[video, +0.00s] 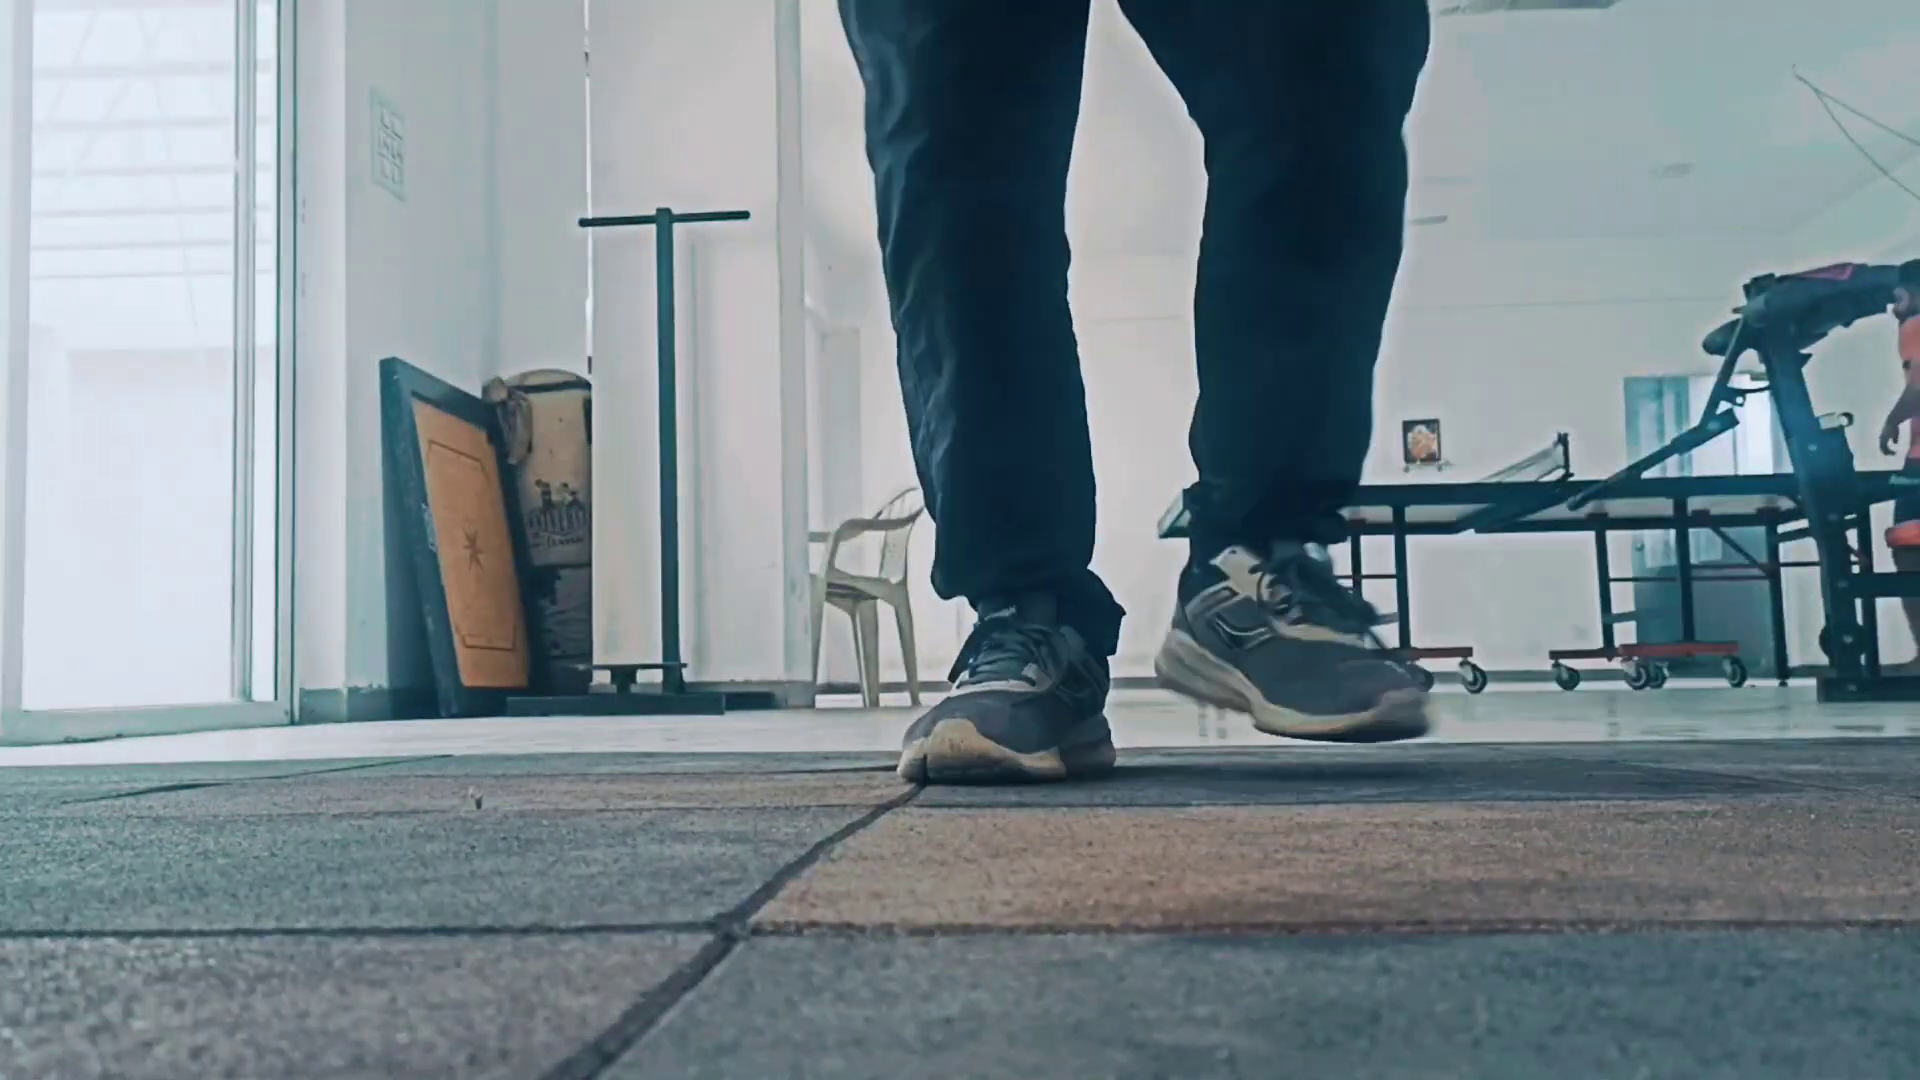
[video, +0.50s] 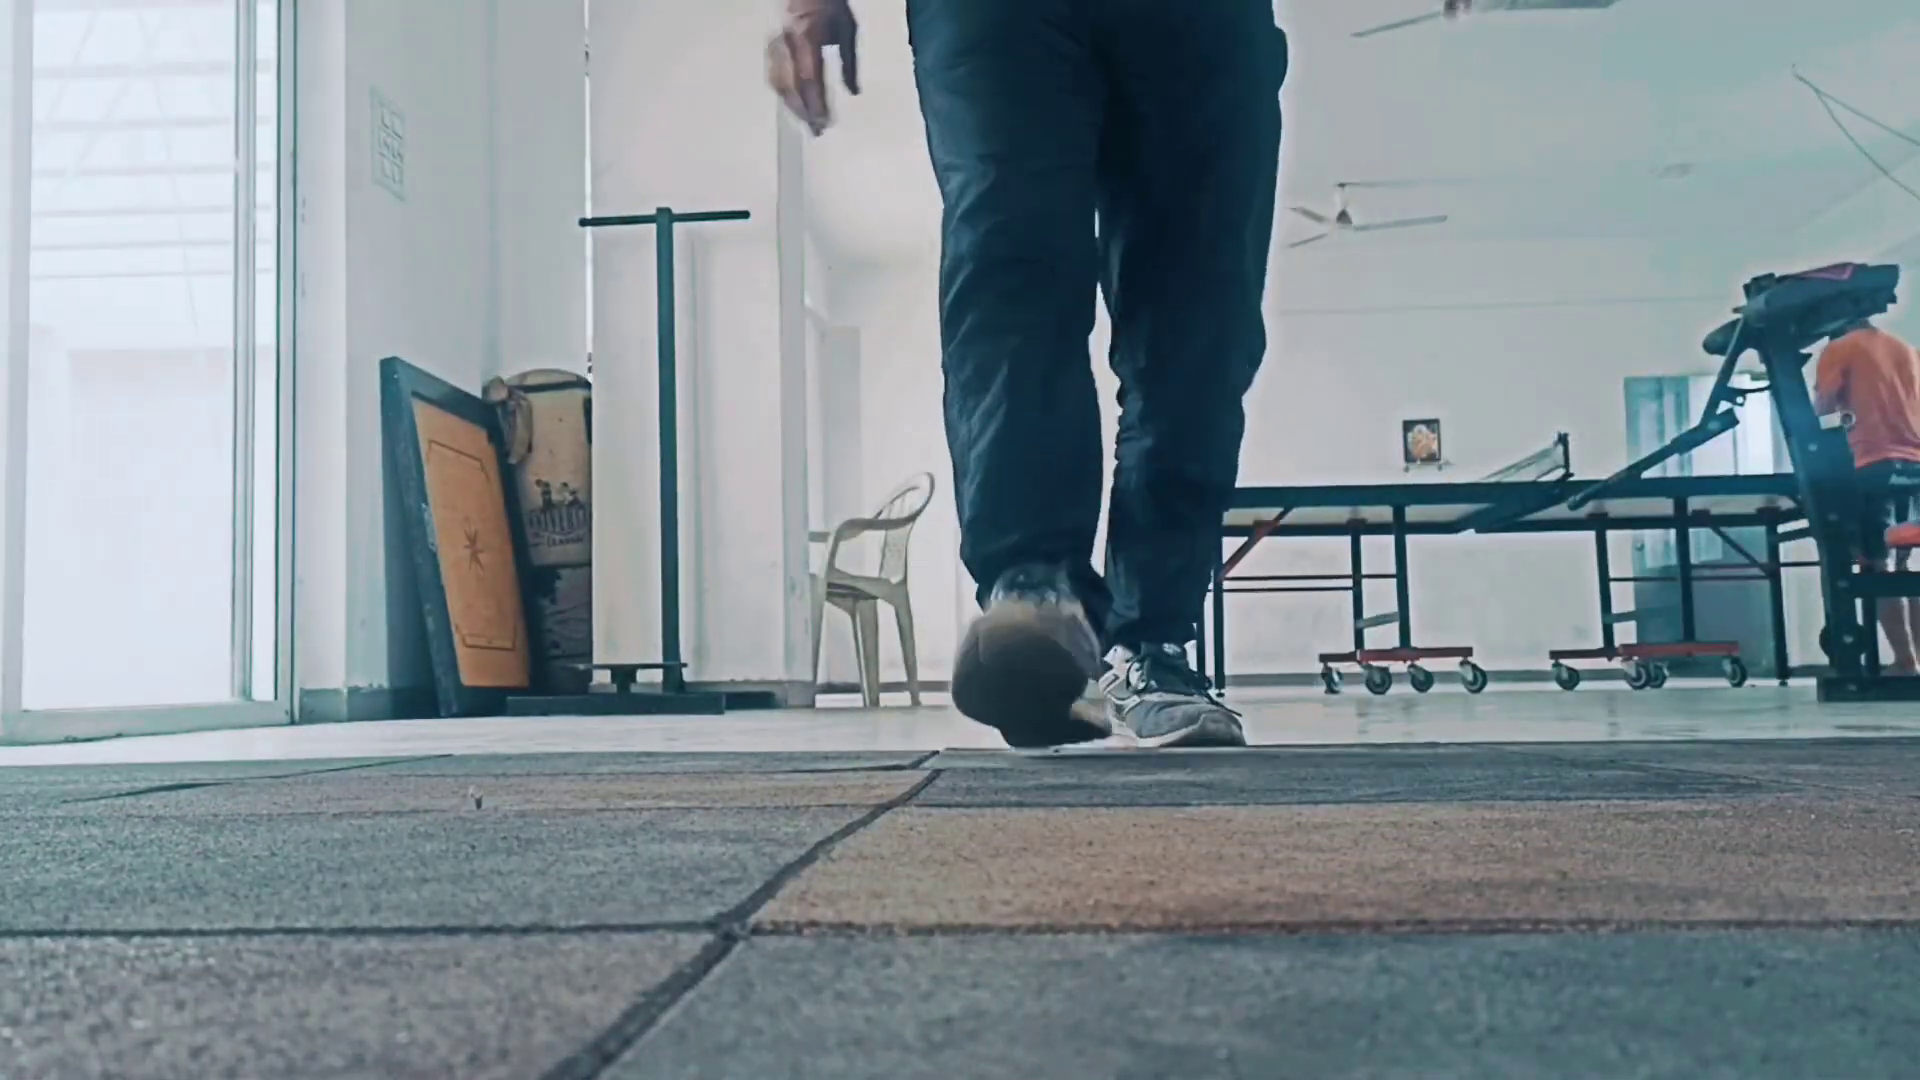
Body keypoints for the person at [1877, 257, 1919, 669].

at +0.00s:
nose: (1892, 305)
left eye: (1897, 297)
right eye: (1892, 297)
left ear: (1911, 298)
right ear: (1909, 298)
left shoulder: (1910, 328)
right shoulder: (1908, 328)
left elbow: (1914, 384)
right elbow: (1913, 386)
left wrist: (1891, 421)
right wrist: (1894, 423)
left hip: (1915, 457)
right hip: (1912, 456)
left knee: (1905, 542)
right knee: (1903, 544)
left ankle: (1917, 645)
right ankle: (1915, 645)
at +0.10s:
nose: (1880, 311)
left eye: (1884, 303)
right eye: (1880, 303)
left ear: (1902, 300)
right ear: (1912, 301)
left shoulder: (1900, 334)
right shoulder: (1909, 333)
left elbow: (1906, 387)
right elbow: (1906, 387)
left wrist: (1879, 426)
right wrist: (1888, 427)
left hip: (1910, 461)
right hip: (1909, 461)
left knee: (1899, 563)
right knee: (1900, 562)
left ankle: (1906, 658)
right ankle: (1905, 657)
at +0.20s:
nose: (1864, 321)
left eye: (1865, 312)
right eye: (1861, 315)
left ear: (1880, 305)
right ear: (1903, 301)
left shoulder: (1882, 336)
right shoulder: (1914, 330)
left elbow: (1886, 392)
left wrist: (1863, 430)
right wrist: (1869, 429)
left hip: (1900, 461)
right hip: (1913, 459)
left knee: (1886, 563)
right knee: (1888, 563)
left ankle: (1904, 660)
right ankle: (1904, 658)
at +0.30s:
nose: (1847, 324)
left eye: (1849, 316)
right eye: (1846, 317)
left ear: (1860, 310)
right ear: (1888, 303)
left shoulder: (1866, 341)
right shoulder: (1914, 332)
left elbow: (1863, 404)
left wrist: (1849, 422)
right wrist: (1860, 419)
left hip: (1887, 461)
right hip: (1917, 455)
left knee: (1881, 565)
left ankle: (1904, 660)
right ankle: (1903, 658)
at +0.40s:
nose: (1836, 323)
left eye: (1838, 316)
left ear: (1849, 312)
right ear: (1880, 306)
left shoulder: (1851, 345)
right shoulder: (1913, 341)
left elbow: (1842, 409)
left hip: (1877, 465)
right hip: (1917, 460)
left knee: (1878, 564)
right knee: (1913, 557)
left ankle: (1904, 658)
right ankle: (1906, 655)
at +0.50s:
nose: (1826, 334)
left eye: (1828, 327)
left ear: (1838, 320)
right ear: (1866, 314)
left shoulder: (1839, 349)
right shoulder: (1906, 349)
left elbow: (1823, 406)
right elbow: (1912, 400)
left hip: (1873, 463)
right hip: (1915, 461)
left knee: (1878, 568)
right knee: (1903, 564)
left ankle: (1906, 660)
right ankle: (1912, 654)